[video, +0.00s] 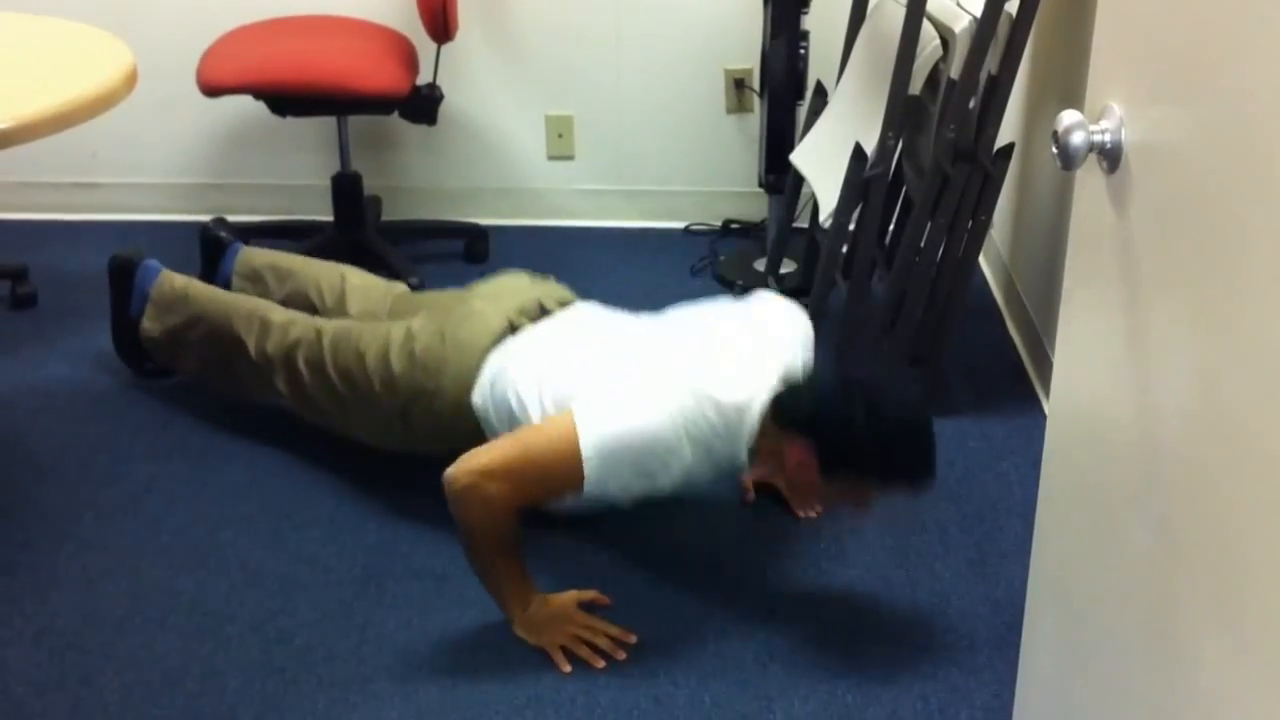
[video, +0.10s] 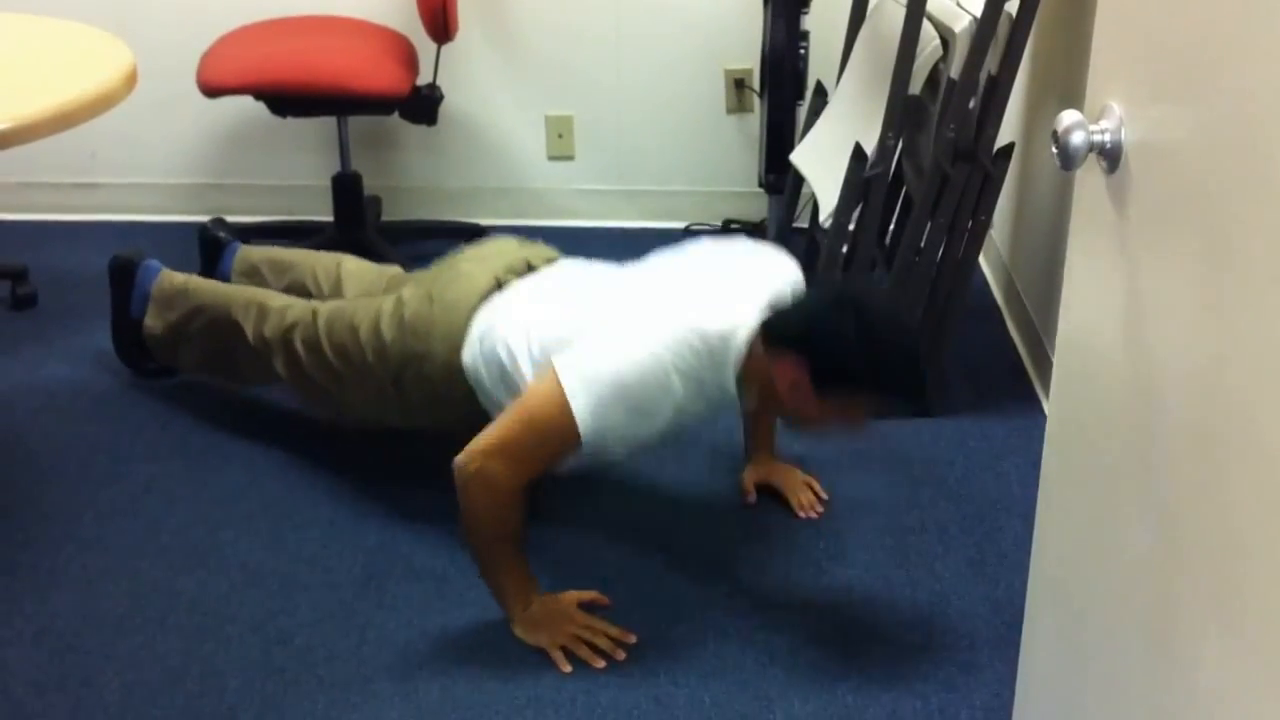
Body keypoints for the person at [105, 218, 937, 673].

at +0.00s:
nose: (841, 514)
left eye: (858, 505)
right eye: (846, 499)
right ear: (804, 454)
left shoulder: (786, 325)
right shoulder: (664, 434)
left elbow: (714, 328)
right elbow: (472, 485)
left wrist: (763, 453)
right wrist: (526, 608)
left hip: (542, 302)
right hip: (471, 377)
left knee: (391, 306)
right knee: (297, 357)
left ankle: (245, 257)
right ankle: (159, 306)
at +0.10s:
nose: (847, 426)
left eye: (864, 417)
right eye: (852, 413)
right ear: (800, 372)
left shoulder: (777, 275)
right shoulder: (655, 366)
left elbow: (761, 359)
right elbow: (482, 473)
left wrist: (759, 453)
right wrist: (526, 606)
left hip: (524, 267)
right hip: (463, 340)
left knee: (376, 287)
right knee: (293, 344)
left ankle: (242, 255)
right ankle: (158, 309)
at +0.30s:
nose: (841, 338)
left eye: (858, 324)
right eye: (838, 318)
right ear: (782, 275)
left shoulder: (770, 215)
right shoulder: (626, 296)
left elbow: (761, 332)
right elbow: (517, 443)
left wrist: (764, 454)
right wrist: (525, 598)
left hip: (515, 224)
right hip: (458, 298)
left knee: (378, 265)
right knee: (296, 328)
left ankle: (239, 257)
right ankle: (156, 312)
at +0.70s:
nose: (839, 578)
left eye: (856, 569)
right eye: (847, 567)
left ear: (850, 465)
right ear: (811, 535)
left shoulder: (797, 389)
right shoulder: (679, 483)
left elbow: (781, 314)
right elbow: (481, 484)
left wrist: (770, 462)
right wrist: (527, 606)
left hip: (551, 339)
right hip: (475, 403)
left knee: (395, 323)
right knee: (296, 367)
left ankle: (246, 261)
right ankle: (161, 305)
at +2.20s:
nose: (818, 471)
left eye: (830, 469)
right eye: (825, 461)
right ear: (795, 428)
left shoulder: (781, 299)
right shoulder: (659, 409)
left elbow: (756, 371)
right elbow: (468, 474)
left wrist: (766, 446)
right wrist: (527, 602)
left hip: (532, 290)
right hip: (457, 369)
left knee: (384, 296)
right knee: (290, 351)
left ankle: (238, 250)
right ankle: (156, 300)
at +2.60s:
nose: (810, 420)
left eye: (823, 413)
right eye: (819, 411)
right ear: (793, 381)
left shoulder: (771, 281)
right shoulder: (642, 373)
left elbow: (760, 372)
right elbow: (475, 472)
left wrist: (763, 452)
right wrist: (528, 600)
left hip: (518, 272)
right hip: (460, 354)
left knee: (368, 281)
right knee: (282, 345)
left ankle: (231, 246)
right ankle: (148, 300)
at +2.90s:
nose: (829, 366)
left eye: (846, 355)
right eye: (831, 351)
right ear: (784, 319)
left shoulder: (767, 225)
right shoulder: (634, 324)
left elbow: (766, 342)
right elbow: (494, 453)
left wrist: (768, 449)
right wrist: (529, 595)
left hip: (517, 240)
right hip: (455, 318)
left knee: (369, 267)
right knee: (295, 333)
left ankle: (233, 245)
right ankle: (154, 302)